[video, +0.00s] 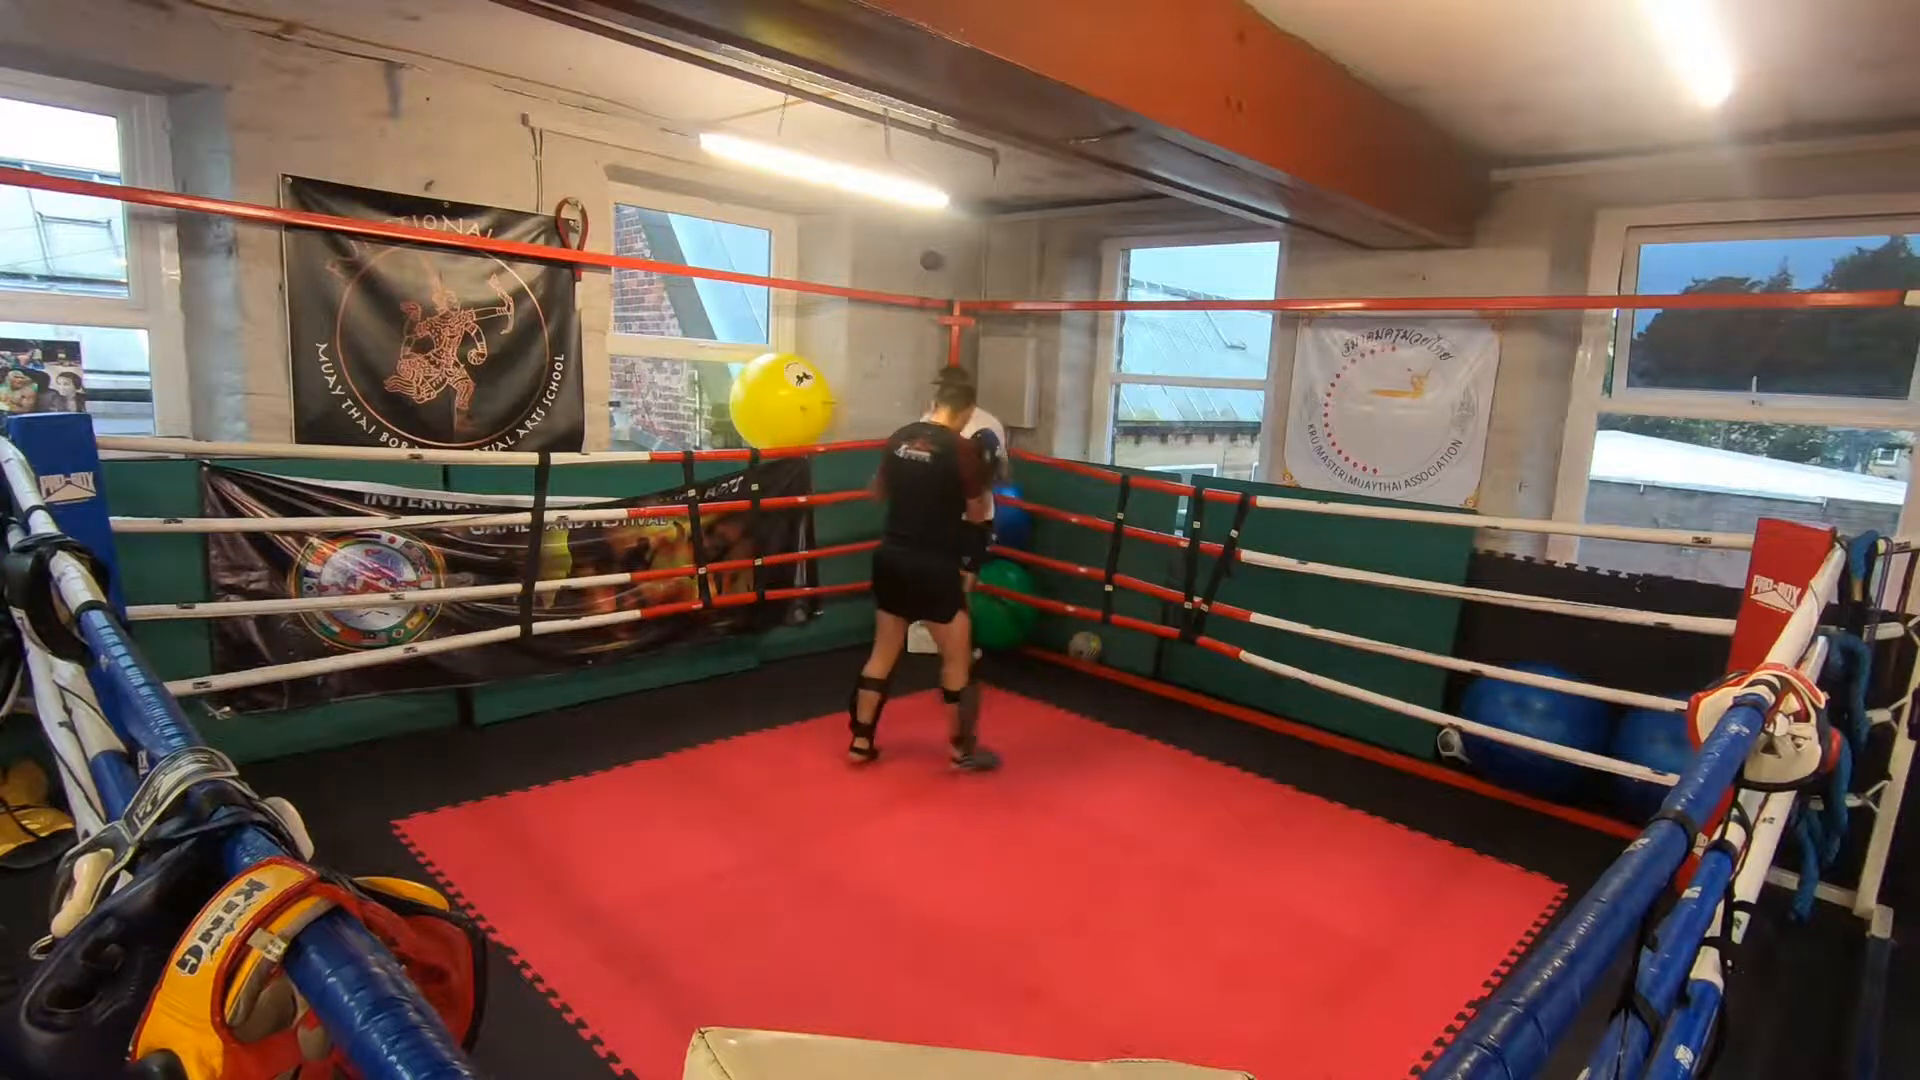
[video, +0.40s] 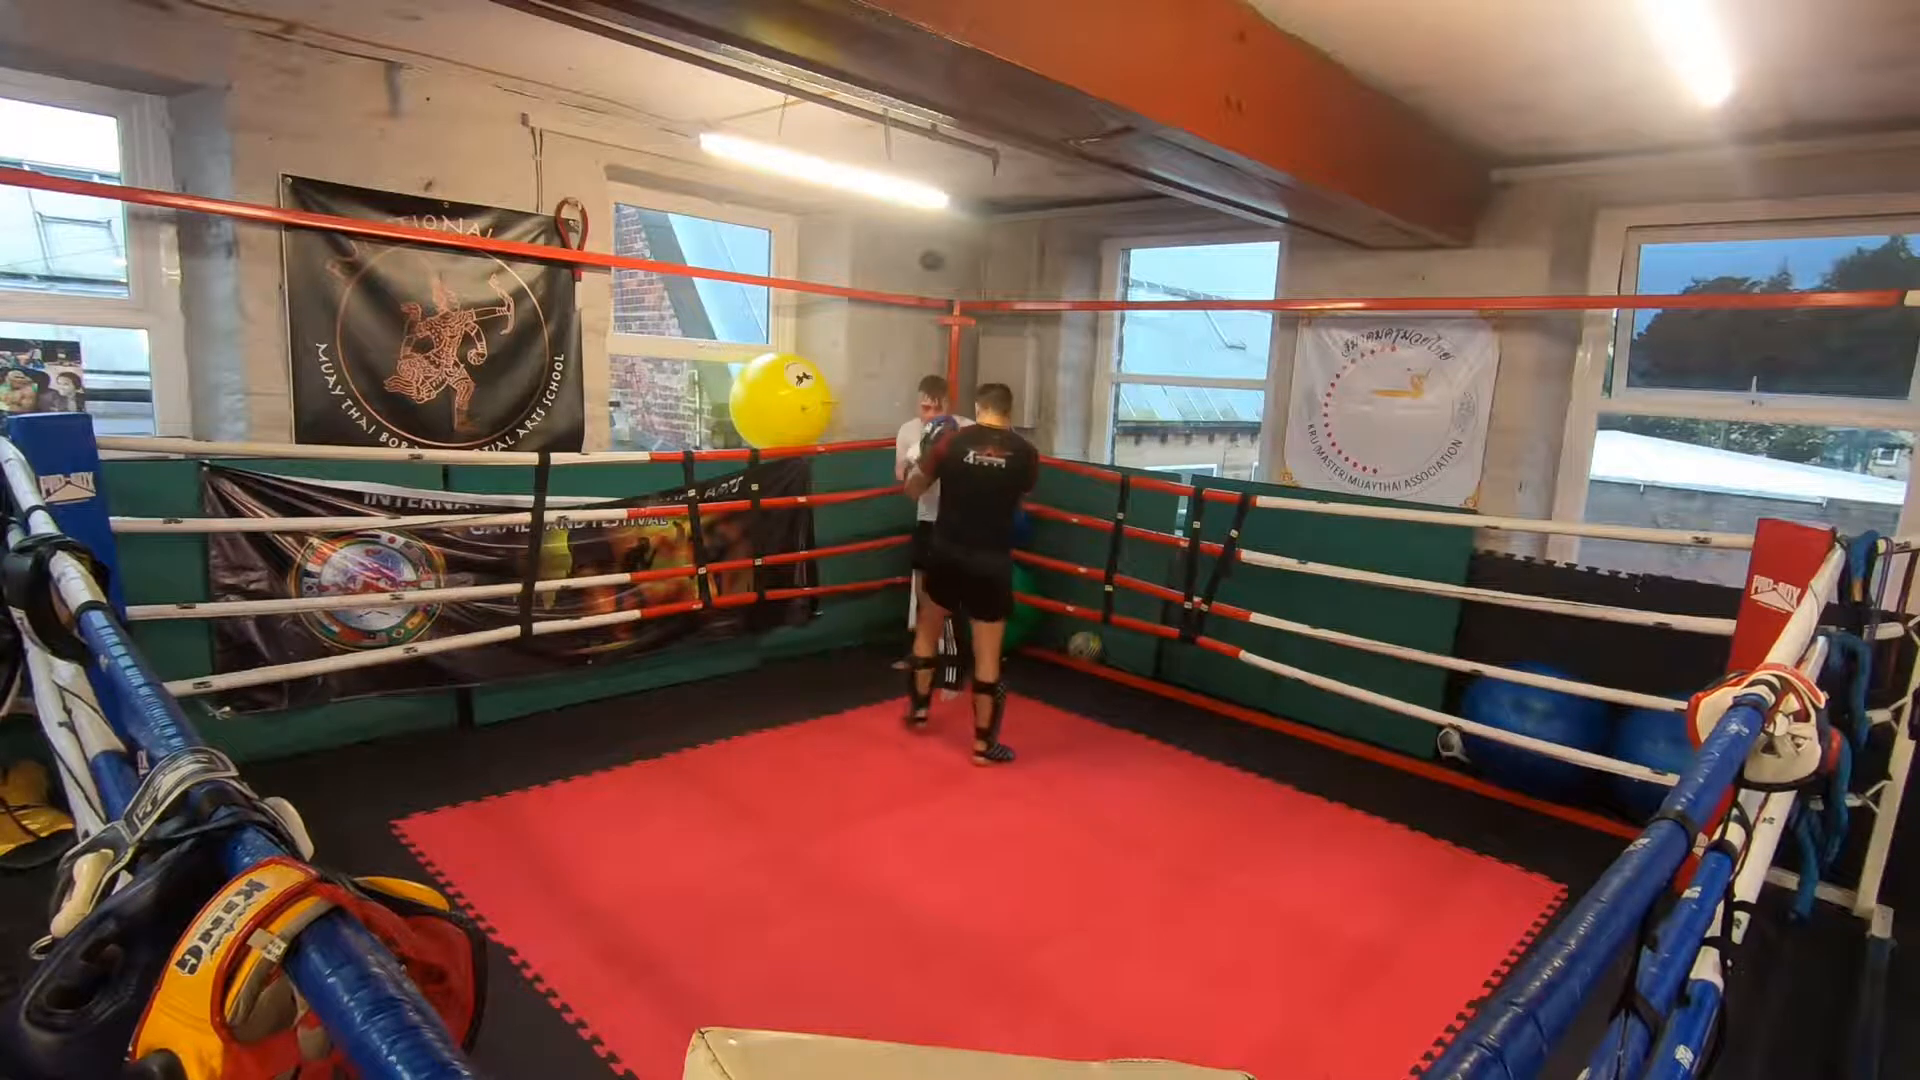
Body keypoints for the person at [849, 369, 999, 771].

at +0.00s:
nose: (963, 416)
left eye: (955, 408)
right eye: (966, 411)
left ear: (934, 402)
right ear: (968, 410)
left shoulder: (902, 436)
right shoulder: (963, 450)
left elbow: (879, 491)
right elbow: (978, 512)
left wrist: (919, 486)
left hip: (891, 560)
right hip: (937, 567)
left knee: (884, 650)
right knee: (955, 657)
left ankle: (860, 741)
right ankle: (963, 747)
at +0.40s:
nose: (980, 415)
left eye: (978, 408)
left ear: (977, 408)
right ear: (1011, 413)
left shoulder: (952, 442)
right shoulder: (1025, 453)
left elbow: (915, 487)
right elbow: (1023, 493)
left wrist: (914, 466)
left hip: (947, 556)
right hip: (992, 563)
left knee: (928, 631)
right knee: (988, 655)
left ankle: (919, 709)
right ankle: (984, 743)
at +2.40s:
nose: (968, 413)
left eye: (953, 408)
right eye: (980, 405)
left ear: (948, 407)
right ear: (984, 406)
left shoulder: (927, 445)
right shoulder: (1006, 445)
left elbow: (905, 501)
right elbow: (1020, 506)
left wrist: (932, 484)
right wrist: (1000, 484)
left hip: (940, 561)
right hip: (986, 561)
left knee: (936, 642)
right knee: (997, 646)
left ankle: (929, 730)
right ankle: (995, 734)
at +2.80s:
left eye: (989, 414)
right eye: (1023, 417)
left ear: (985, 414)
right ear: (1025, 418)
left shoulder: (965, 445)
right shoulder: (1039, 454)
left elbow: (950, 474)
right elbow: (1038, 481)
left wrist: (965, 433)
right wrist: (1027, 433)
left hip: (965, 566)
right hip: (1011, 572)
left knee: (951, 644)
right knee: (1011, 664)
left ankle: (931, 727)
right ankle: (1005, 755)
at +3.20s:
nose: (1058, 436)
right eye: (1058, 432)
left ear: (1015, 424)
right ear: (1054, 432)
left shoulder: (988, 455)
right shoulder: (1062, 468)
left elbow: (987, 447)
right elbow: (1063, 459)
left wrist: (1006, 431)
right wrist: (1044, 438)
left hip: (984, 573)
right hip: (1030, 581)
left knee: (975, 649)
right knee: (1051, 666)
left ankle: (965, 729)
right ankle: (1028, 756)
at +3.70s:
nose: (1071, 423)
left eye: (1071, 417)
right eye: (1080, 419)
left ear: (1073, 417)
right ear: (1109, 420)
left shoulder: (1047, 454)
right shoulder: (1126, 469)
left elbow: (998, 500)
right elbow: (1087, 498)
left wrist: (996, 463)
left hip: (1037, 587)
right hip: (1088, 595)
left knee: (1006, 663)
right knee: (1071, 684)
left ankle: (1009, 759)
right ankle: (1057, 779)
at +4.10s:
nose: (1058, 429)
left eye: (1058, 422)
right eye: (1060, 423)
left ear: (1066, 421)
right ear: (1099, 419)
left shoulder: (1056, 460)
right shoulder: (1129, 464)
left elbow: (1025, 528)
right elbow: (1103, 519)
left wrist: (1003, 511)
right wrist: (1038, 505)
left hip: (1062, 595)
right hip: (1109, 596)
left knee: (1047, 697)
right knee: (1102, 682)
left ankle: (1054, 801)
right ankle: (1118, 780)